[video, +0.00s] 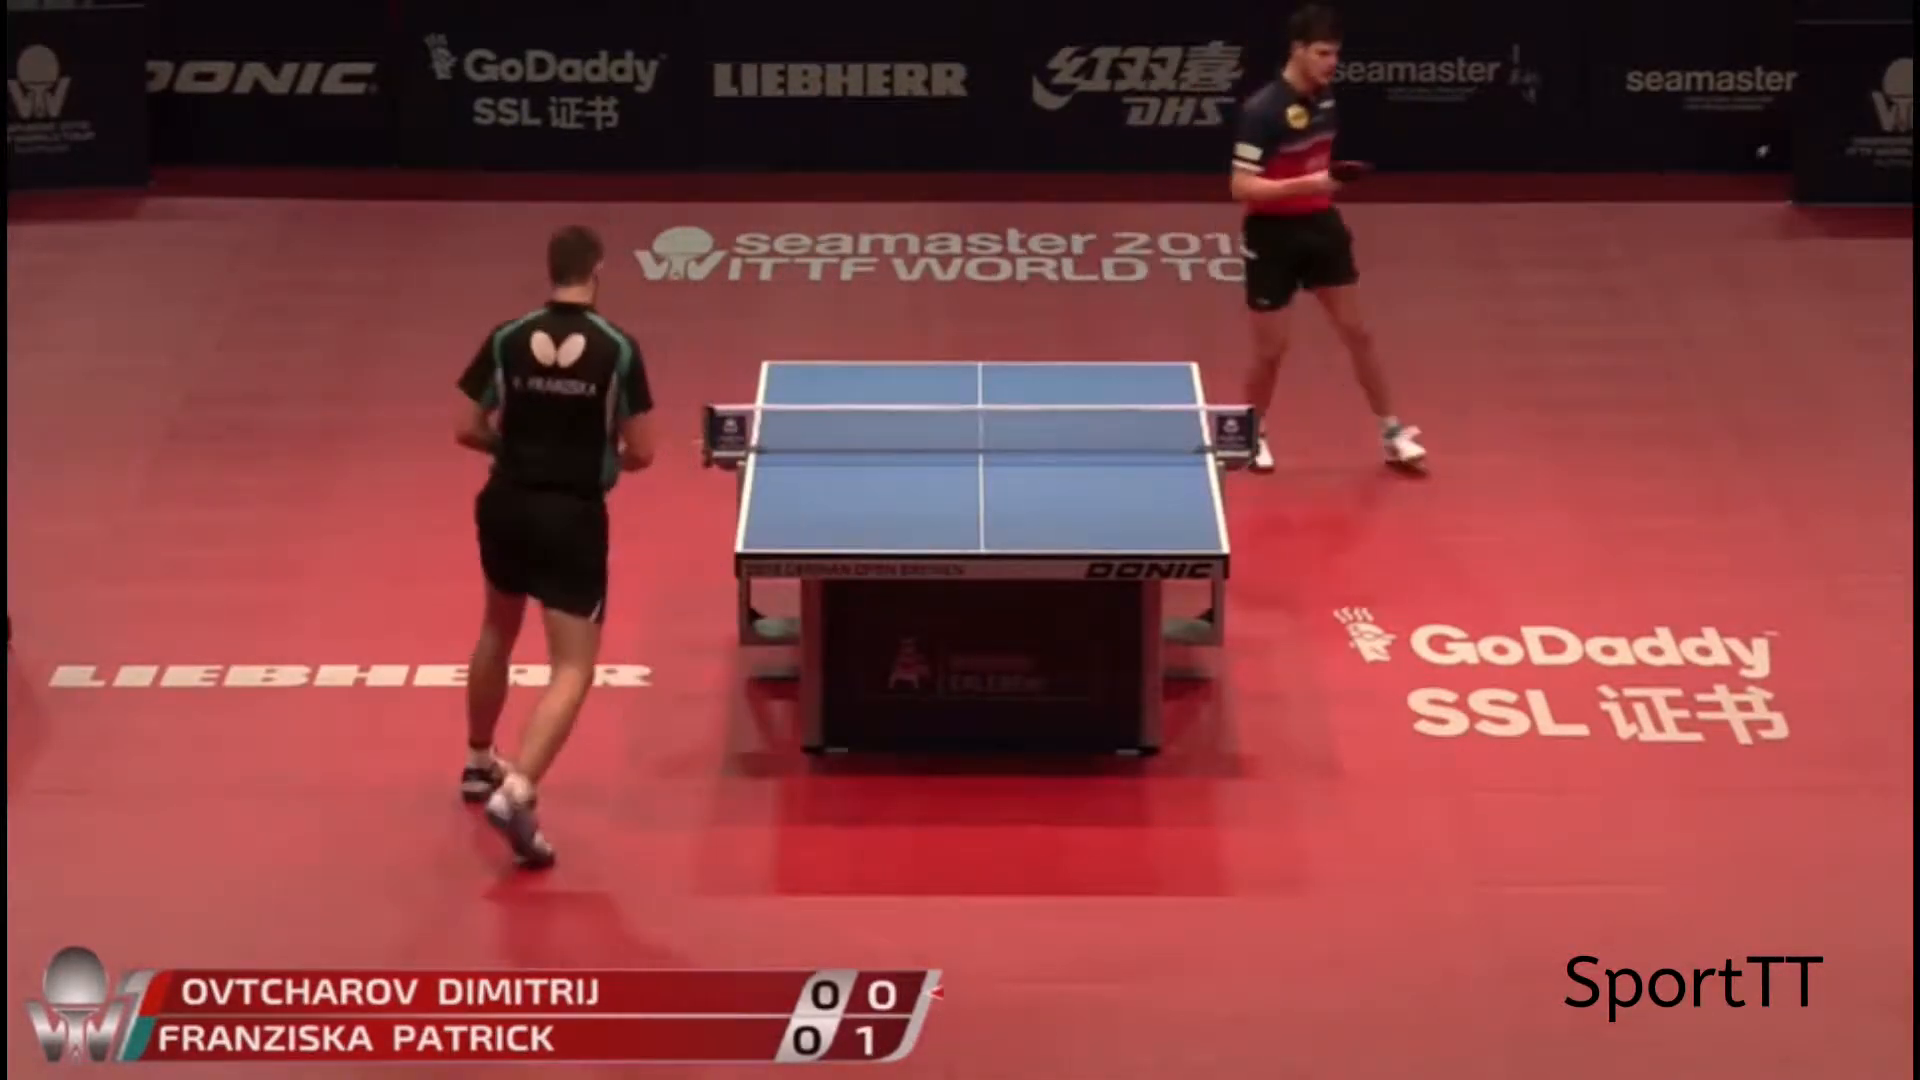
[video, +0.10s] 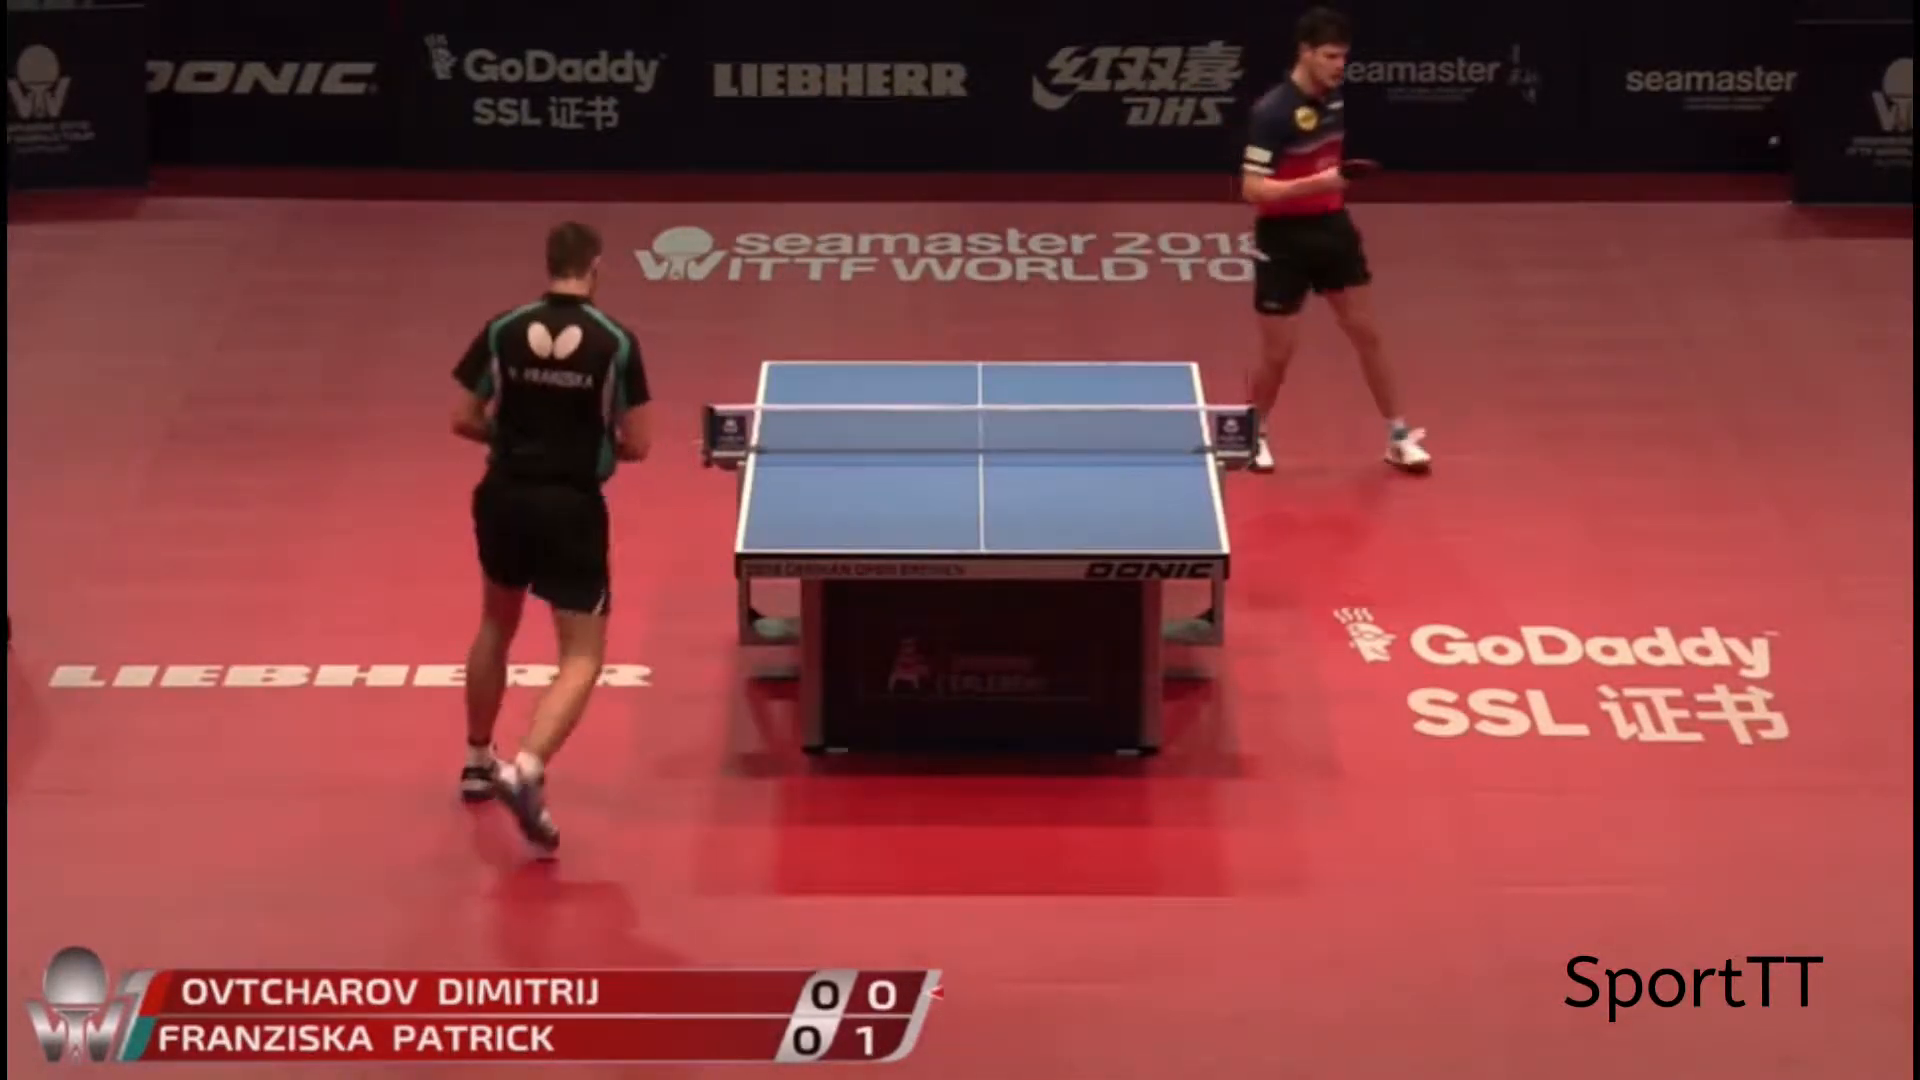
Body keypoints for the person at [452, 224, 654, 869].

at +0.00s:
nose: (596, 280)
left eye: (584, 270)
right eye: (599, 271)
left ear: (549, 272)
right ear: (595, 275)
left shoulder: (507, 338)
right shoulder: (619, 349)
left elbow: (468, 427)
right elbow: (640, 451)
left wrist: (515, 447)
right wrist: (603, 450)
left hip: (504, 506)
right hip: (574, 516)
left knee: (497, 629)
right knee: (572, 668)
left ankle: (479, 760)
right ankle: (518, 791)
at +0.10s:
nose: (594, 276)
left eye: (582, 265)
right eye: (597, 267)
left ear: (547, 266)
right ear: (593, 270)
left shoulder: (502, 330)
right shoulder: (617, 343)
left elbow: (465, 418)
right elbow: (637, 442)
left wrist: (511, 438)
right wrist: (592, 434)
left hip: (502, 500)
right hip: (573, 509)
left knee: (495, 625)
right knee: (581, 655)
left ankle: (478, 760)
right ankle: (527, 771)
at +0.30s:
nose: (832, 466)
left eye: (837, 457)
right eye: (830, 454)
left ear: (810, 432)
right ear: (803, 435)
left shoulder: (784, 435)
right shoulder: (740, 457)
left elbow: (826, 504)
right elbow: (735, 560)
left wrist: (888, 529)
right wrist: (810, 534)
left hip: (667, 524)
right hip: (609, 517)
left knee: (736, 616)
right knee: (576, 668)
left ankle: (704, 750)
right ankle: (464, 725)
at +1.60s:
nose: (798, 438)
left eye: (801, 428)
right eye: (794, 427)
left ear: (767, 414)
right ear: (765, 418)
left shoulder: (758, 447)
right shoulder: (700, 446)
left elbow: (786, 512)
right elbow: (681, 541)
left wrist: (870, 537)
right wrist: (760, 521)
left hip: (661, 539)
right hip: (601, 531)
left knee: (739, 623)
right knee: (597, 682)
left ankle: (705, 749)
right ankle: (482, 723)